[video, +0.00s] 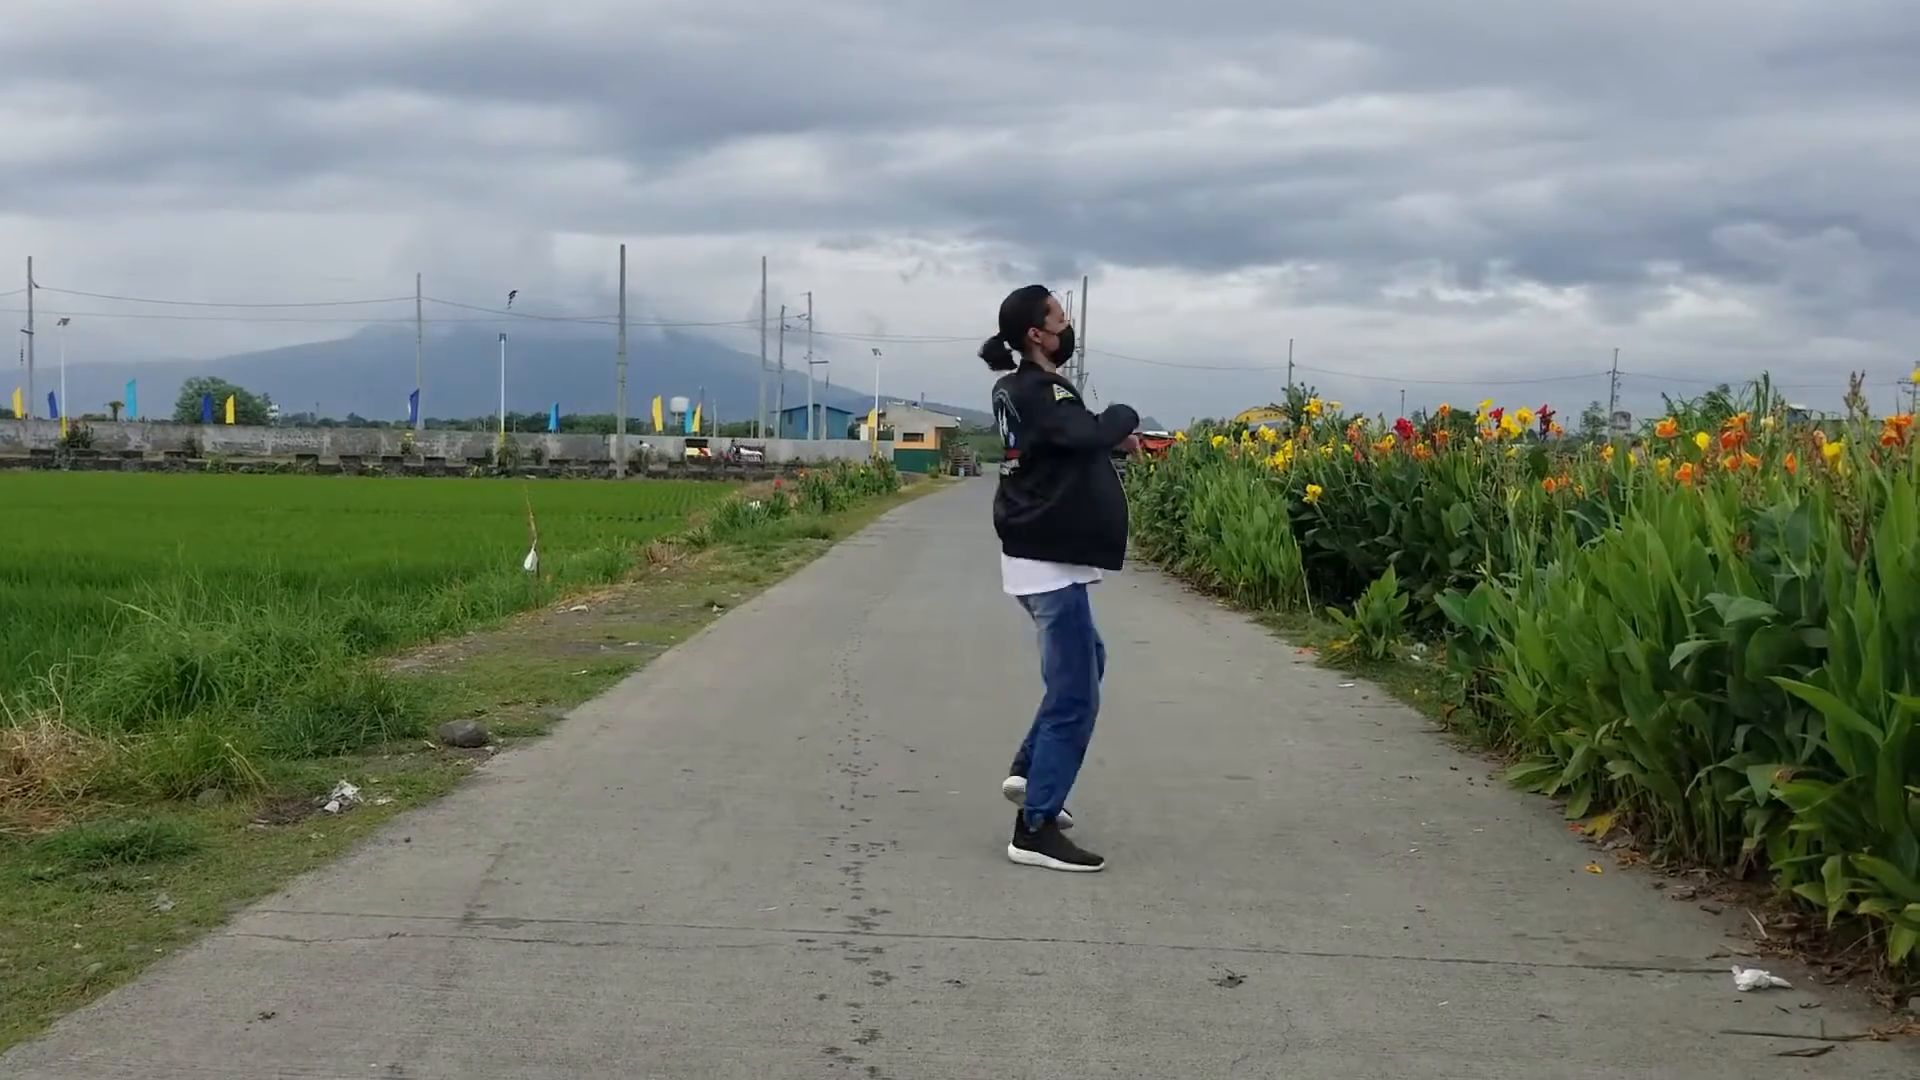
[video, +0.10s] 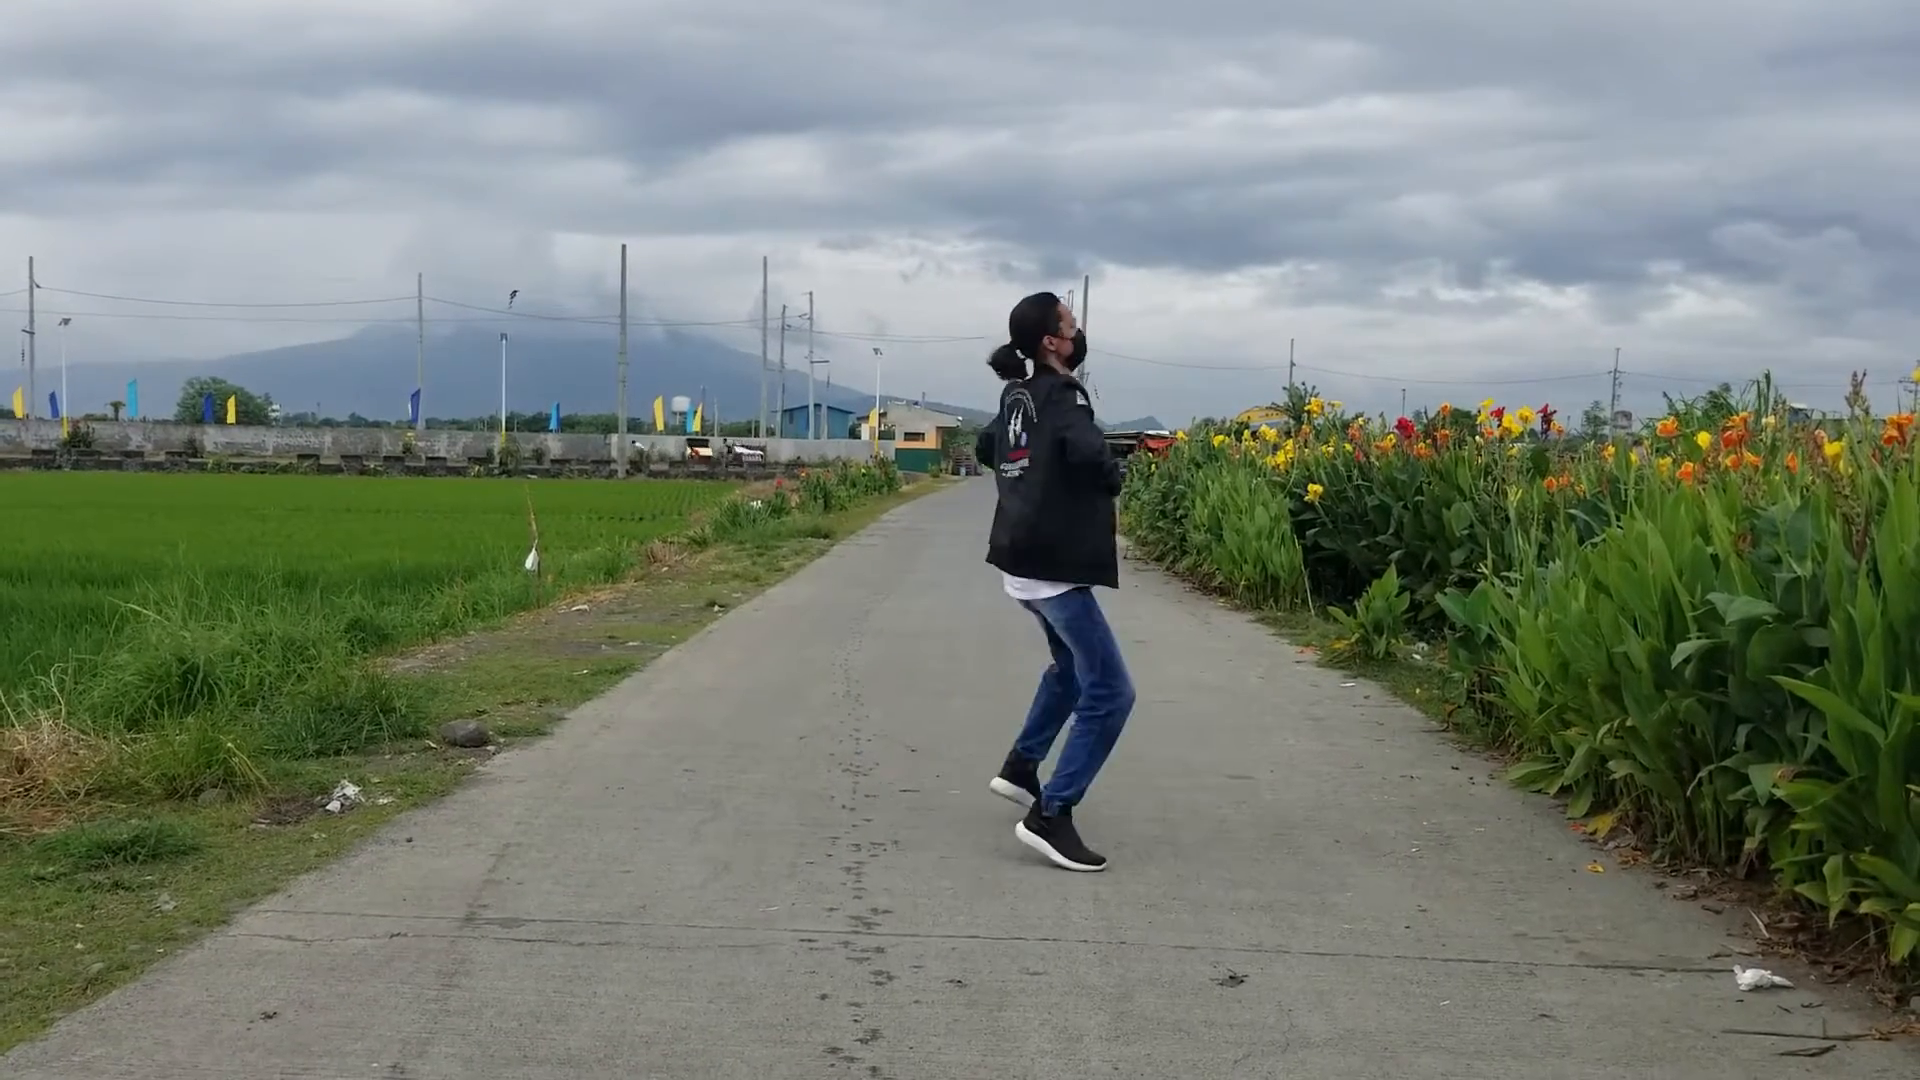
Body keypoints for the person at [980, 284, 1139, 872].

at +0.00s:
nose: (1068, 324)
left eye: (1065, 316)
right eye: (1060, 318)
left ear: (1031, 333)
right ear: (1036, 331)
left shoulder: (1036, 383)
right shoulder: (1033, 389)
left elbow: (1067, 440)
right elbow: (1091, 432)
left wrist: (1115, 444)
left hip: (1045, 560)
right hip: (1048, 564)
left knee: (1088, 661)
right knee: (1073, 698)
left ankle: (1030, 768)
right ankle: (1037, 828)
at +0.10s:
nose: (1078, 333)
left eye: (1074, 325)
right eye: (1070, 327)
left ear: (1036, 344)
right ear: (1049, 340)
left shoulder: (1019, 397)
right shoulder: (1063, 394)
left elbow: (987, 448)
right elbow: (1086, 452)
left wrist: (1045, 457)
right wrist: (1124, 455)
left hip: (1026, 570)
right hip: (1056, 574)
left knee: (1070, 669)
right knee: (1111, 693)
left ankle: (1021, 765)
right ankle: (1051, 816)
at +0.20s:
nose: (1086, 366)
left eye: (1082, 358)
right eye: (1079, 360)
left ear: (1043, 373)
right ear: (1060, 372)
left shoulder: (1013, 419)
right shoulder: (1075, 420)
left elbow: (955, 458)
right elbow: (1077, 468)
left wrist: (993, 504)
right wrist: (1079, 517)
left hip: (1021, 589)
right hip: (1050, 594)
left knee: (1048, 682)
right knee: (1125, 702)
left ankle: (1010, 779)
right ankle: (1054, 815)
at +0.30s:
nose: (1097, 394)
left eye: (1091, 386)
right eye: (1088, 390)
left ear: (1057, 412)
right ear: (1068, 411)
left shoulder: (1029, 456)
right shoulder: (1084, 457)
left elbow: (960, 510)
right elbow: (1064, 520)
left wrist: (986, 564)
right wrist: (1053, 575)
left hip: (1017, 622)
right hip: (1046, 627)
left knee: (1053, 700)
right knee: (1125, 706)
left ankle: (999, 781)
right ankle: (1052, 817)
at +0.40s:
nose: (1097, 387)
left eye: (1094, 379)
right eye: (1086, 383)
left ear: (1068, 396)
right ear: (1059, 398)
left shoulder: (1065, 442)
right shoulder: (1066, 450)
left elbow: (1056, 531)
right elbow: (1031, 529)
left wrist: (1086, 581)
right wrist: (1019, 607)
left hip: (1050, 612)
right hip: (1047, 618)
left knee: (1053, 698)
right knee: (1117, 707)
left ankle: (1005, 779)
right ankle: (1050, 817)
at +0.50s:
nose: (1086, 366)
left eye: (1089, 357)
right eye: (1072, 360)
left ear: (1095, 365)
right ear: (1047, 375)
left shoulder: (1084, 437)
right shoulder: (1037, 427)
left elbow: (1094, 515)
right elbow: (986, 493)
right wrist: (1019, 555)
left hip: (1074, 594)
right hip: (1037, 597)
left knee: (1074, 696)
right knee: (1108, 705)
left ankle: (1028, 777)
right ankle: (1047, 820)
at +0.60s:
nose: (1071, 350)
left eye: (1076, 341)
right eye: (1058, 344)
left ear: (1087, 348)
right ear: (1036, 357)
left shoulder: (1104, 414)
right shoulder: (1017, 406)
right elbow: (957, 472)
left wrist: (1140, 414)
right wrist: (995, 538)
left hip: (1077, 581)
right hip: (1028, 580)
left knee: (1112, 694)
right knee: (1089, 699)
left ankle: (1045, 776)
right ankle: (1045, 823)